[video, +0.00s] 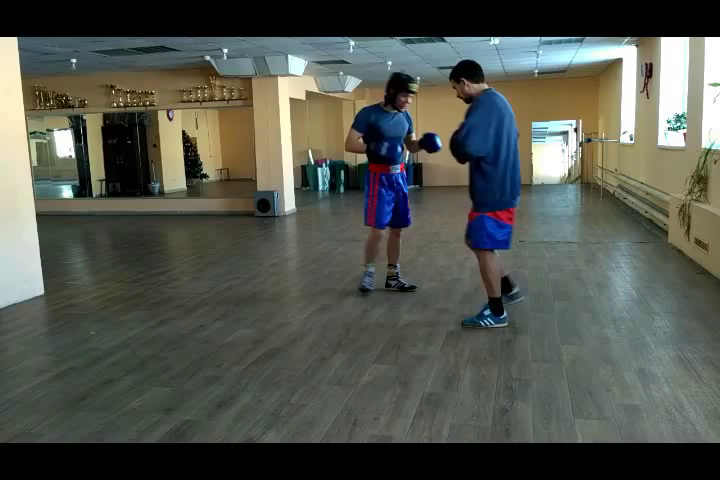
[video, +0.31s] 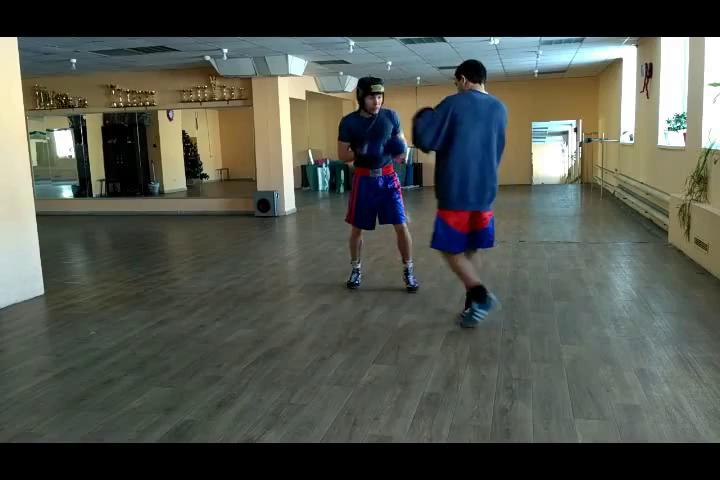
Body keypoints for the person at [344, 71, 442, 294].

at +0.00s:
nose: (408, 101)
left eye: (410, 96)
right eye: (405, 96)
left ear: (409, 96)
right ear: (392, 93)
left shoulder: (405, 117)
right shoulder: (369, 114)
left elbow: (410, 146)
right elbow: (350, 145)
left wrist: (423, 144)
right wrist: (371, 147)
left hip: (399, 177)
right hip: (378, 177)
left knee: (396, 229)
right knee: (379, 229)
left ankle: (393, 277)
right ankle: (368, 273)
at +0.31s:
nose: (377, 102)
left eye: (379, 97)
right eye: (372, 97)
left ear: (383, 97)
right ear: (360, 98)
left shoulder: (390, 117)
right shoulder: (349, 122)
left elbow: (402, 148)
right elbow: (343, 155)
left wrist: (399, 148)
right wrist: (360, 152)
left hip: (388, 177)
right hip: (363, 179)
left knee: (401, 226)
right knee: (357, 228)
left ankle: (409, 270)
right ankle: (355, 269)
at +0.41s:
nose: (376, 101)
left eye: (379, 97)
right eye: (371, 97)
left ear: (382, 97)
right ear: (360, 97)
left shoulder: (389, 116)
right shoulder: (348, 120)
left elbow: (403, 150)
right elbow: (342, 153)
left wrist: (390, 146)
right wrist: (361, 148)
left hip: (388, 176)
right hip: (363, 177)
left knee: (400, 225)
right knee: (357, 227)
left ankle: (410, 270)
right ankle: (355, 269)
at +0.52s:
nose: (380, 98)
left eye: (383, 94)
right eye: (375, 94)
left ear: (387, 95)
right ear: (365, 94)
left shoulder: (391, 113)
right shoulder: (353, 115)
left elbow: (406, 134)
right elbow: (346, 142)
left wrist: (409, 109)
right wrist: (358, 116)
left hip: (388, 174)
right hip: (364, 175)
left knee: (401, 226)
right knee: (357, 226)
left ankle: (414, 272)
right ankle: (355, 268)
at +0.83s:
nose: (402, 92)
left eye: (406, 88)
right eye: (399, 88)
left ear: (411, 90)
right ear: (390, 89)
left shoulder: (414, 111)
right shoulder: (378, 109)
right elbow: (368, 130)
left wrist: (409, 105)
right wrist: (383, 108)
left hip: (408, 172)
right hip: (382, 170)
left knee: (410, 226)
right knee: (370, 223)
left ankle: (416, 274)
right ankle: (362, 267)